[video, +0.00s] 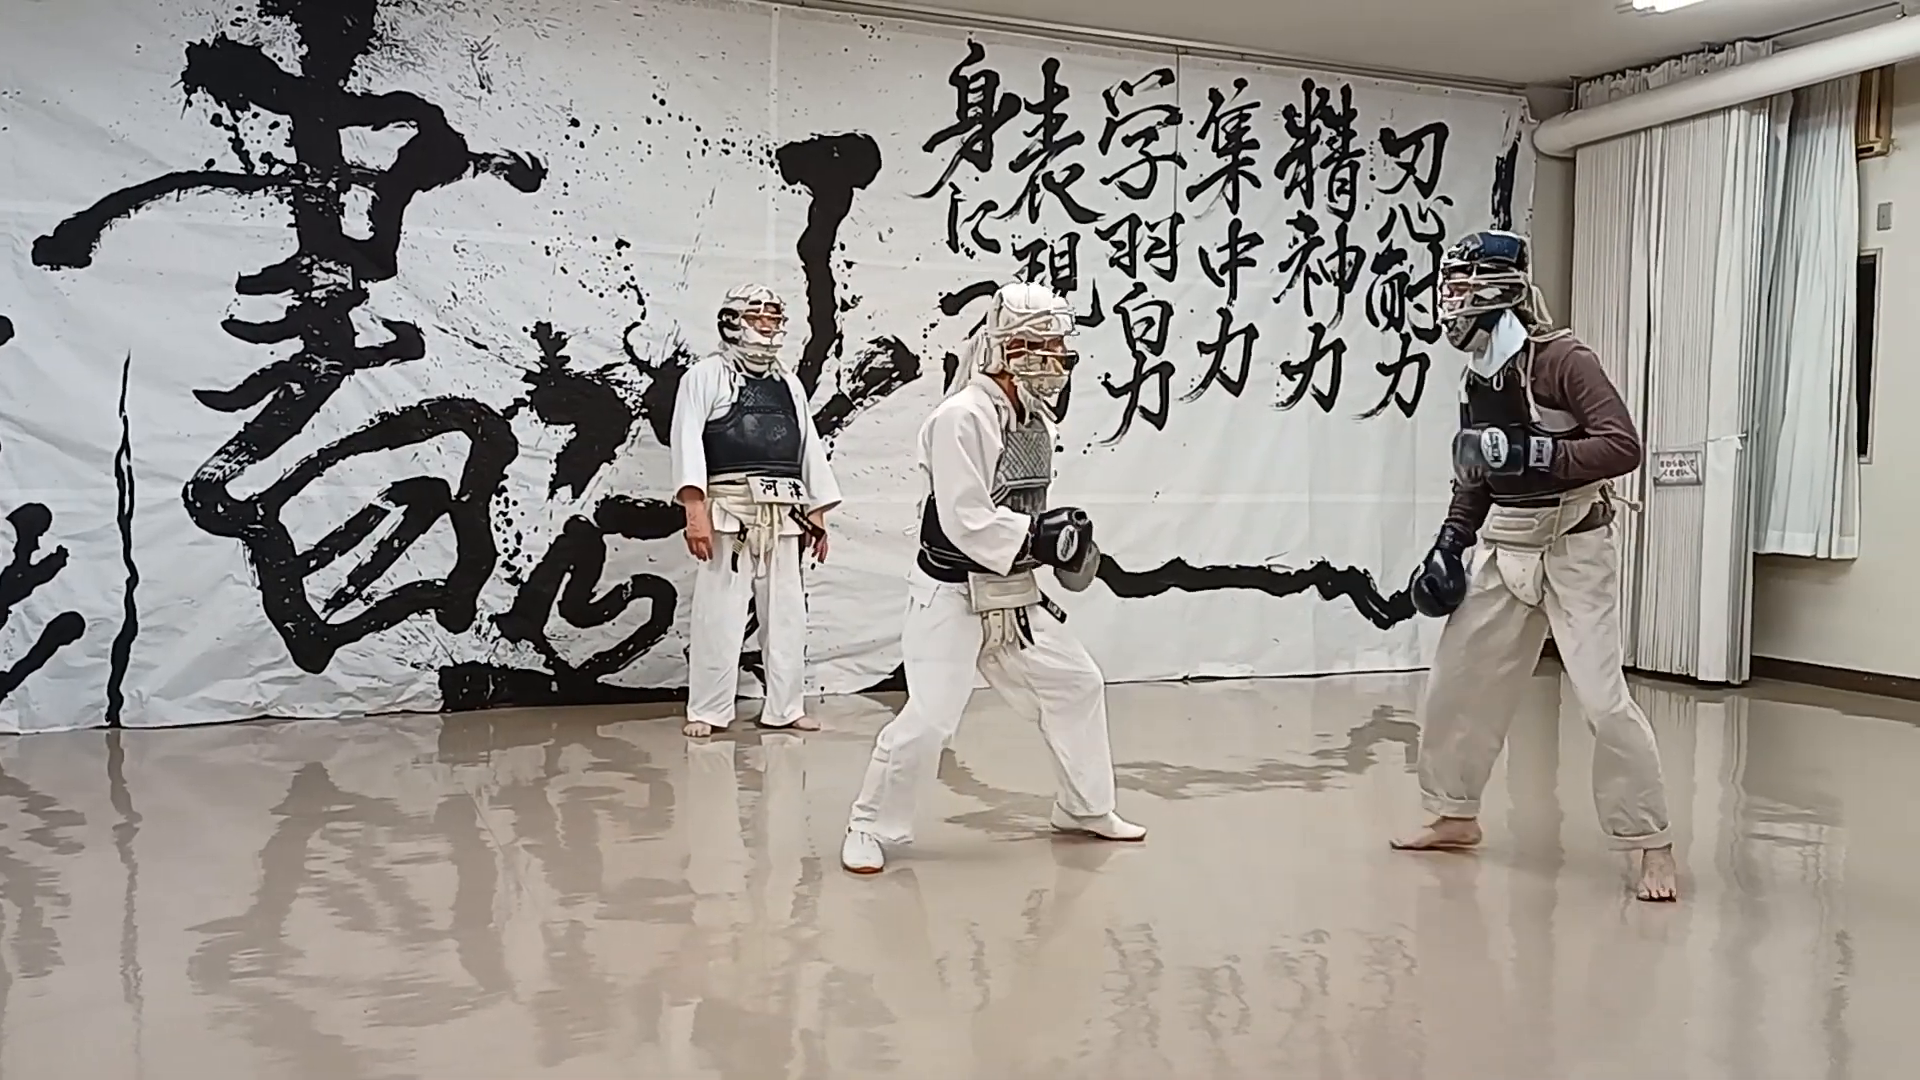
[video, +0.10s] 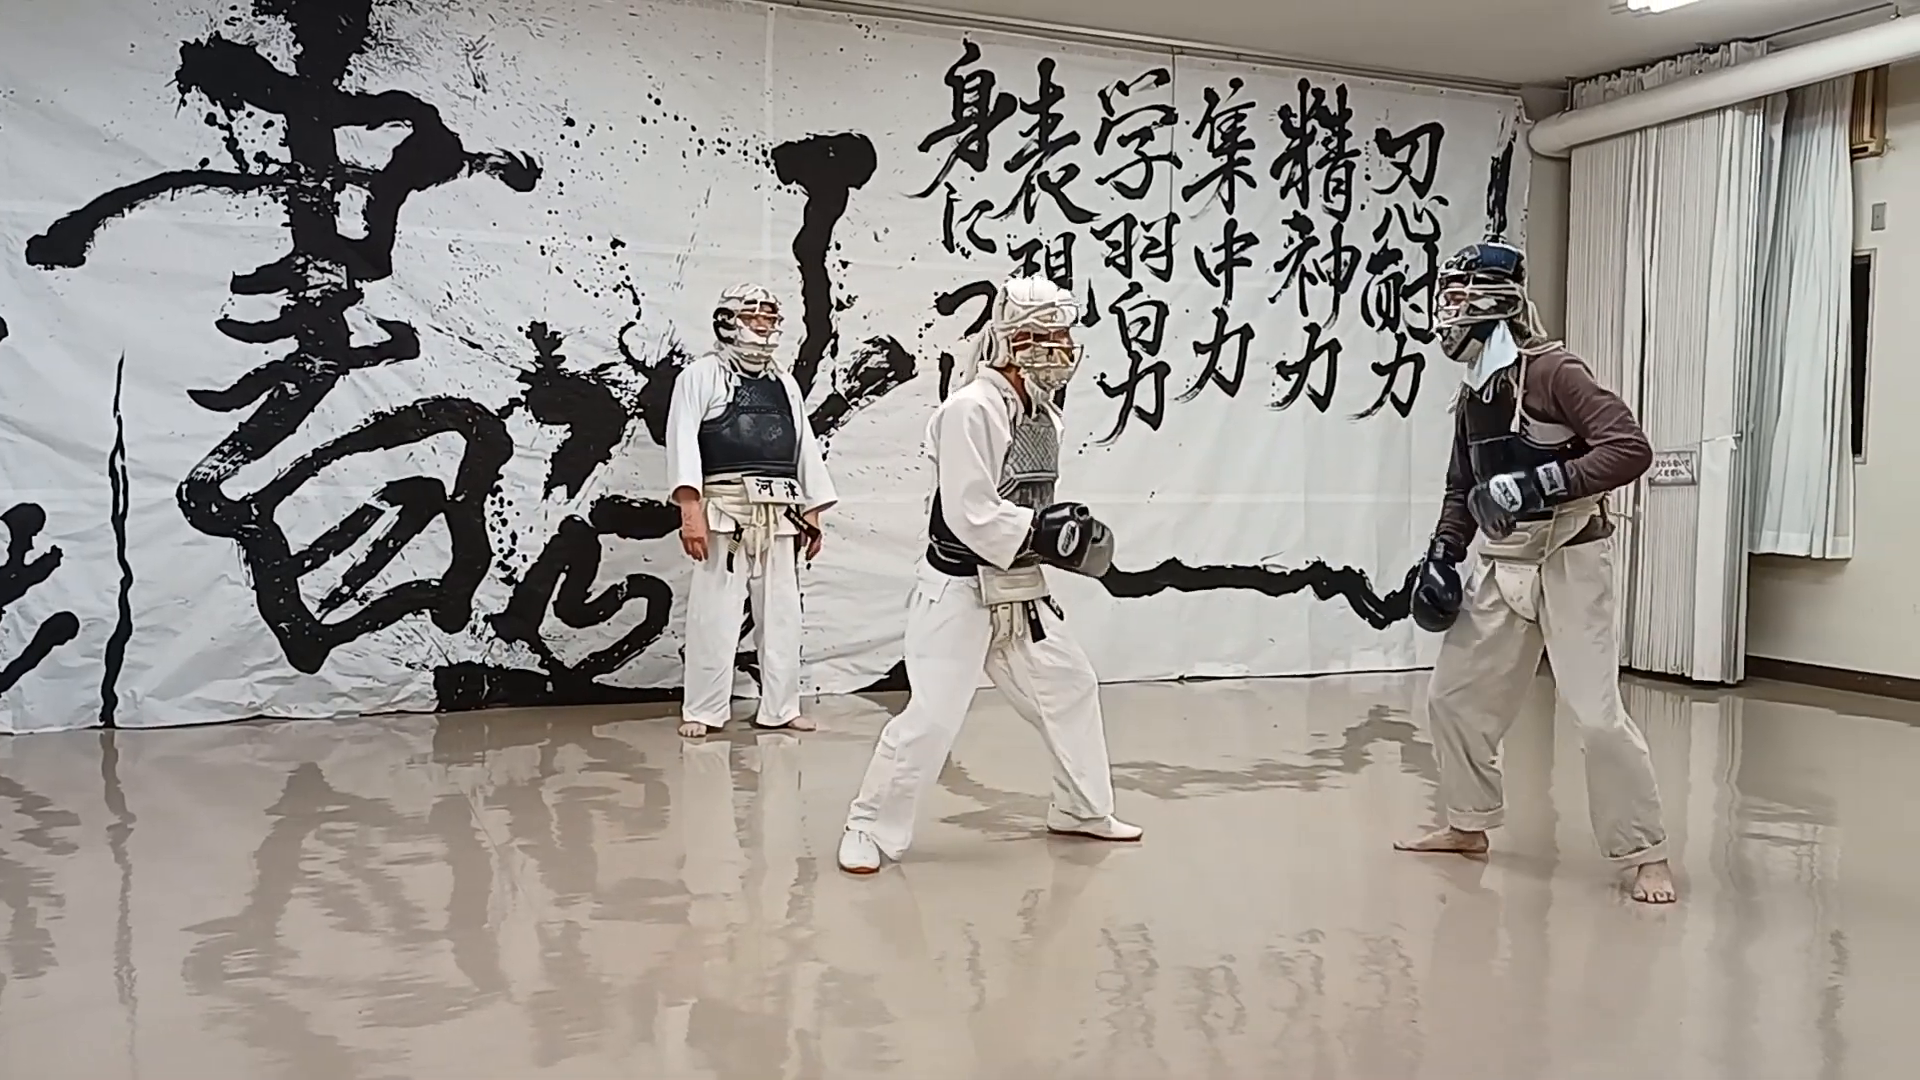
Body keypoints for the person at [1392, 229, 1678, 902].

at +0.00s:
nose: (1447, 300)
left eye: (1460, 286)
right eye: (1446, 287)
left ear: (1501, 289)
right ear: (1455, 294)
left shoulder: (1563, 359)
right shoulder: (1479, 379)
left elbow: (1623, 446)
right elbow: (1471, 485)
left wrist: (1525, 454)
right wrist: (1447, 550)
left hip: (1579, 542)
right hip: (1500, 544)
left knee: (1601, 699)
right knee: (1460, 679)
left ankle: (1650, 846)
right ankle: (1456, 817)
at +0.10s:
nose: (1446, 309)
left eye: (1459, 296)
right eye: (1445, 296)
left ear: (1498, 302)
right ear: (1453, 304)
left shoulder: (1552, 372)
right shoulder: (1472, 394)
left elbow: (1630, 449)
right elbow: (1461, 491)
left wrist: (1540, 482)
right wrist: (1443, 557)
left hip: (1574, 562)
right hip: (1496, 564)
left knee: (1597, 716)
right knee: (1454, 696)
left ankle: (1646, 856)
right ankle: (1467, 826)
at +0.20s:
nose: (1441, 313)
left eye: (1454, 299)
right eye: (1441, 300)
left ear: (1492, 305)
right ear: (1454, 308)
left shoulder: (1550, 374)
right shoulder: (1474, 397)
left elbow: (1629, 455)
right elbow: (1467, 495)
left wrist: (1547, 499)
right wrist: (1446, 564)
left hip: (1582, 557)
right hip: (1506, 562)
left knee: (1582, 708)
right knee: (1460, 694)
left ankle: (1643, 841)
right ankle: (1463, 827)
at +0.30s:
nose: (1451, 312)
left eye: (1464, 299)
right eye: (1451, 299)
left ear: (1504, 305)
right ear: (1464, 306)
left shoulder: (1562, 378)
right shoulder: (1478, 392)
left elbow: (1637, 462)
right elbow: (1474, 494)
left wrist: (1547, 490)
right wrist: (1457, 565)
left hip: (1584, 565)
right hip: (1508, 568)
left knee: (1595, 711)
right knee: (1466, 698)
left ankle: (1670, 856)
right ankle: (1455, 825)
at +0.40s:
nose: (1470, 319)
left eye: (1480, 308)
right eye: (1471, 308)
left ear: (1518, 313)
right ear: (1497, 317)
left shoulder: (1585, 382)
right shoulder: (1500, 400)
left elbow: (1631, 477)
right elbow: (1503, 500)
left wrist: (1525, 476)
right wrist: (1469, 561)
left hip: (1597, 570)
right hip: (1520, 569)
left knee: (1617, 733)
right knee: (1473, 699)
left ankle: (1689, 892)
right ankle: (1453, 826)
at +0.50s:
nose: (1490, 318)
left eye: (1500, 305)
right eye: (1490, 305)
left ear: (1537, 309)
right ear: (1541, 310)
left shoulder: (1612, 381)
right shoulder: (1540, 397)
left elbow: (1604, 479)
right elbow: (1542, 501)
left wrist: (1517, 440)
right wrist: (1485, 558)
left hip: (1621, 560)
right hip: (1553, 558)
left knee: (1627, 735)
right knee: (1496, 695)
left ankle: (1687, 893)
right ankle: (1464, 827)